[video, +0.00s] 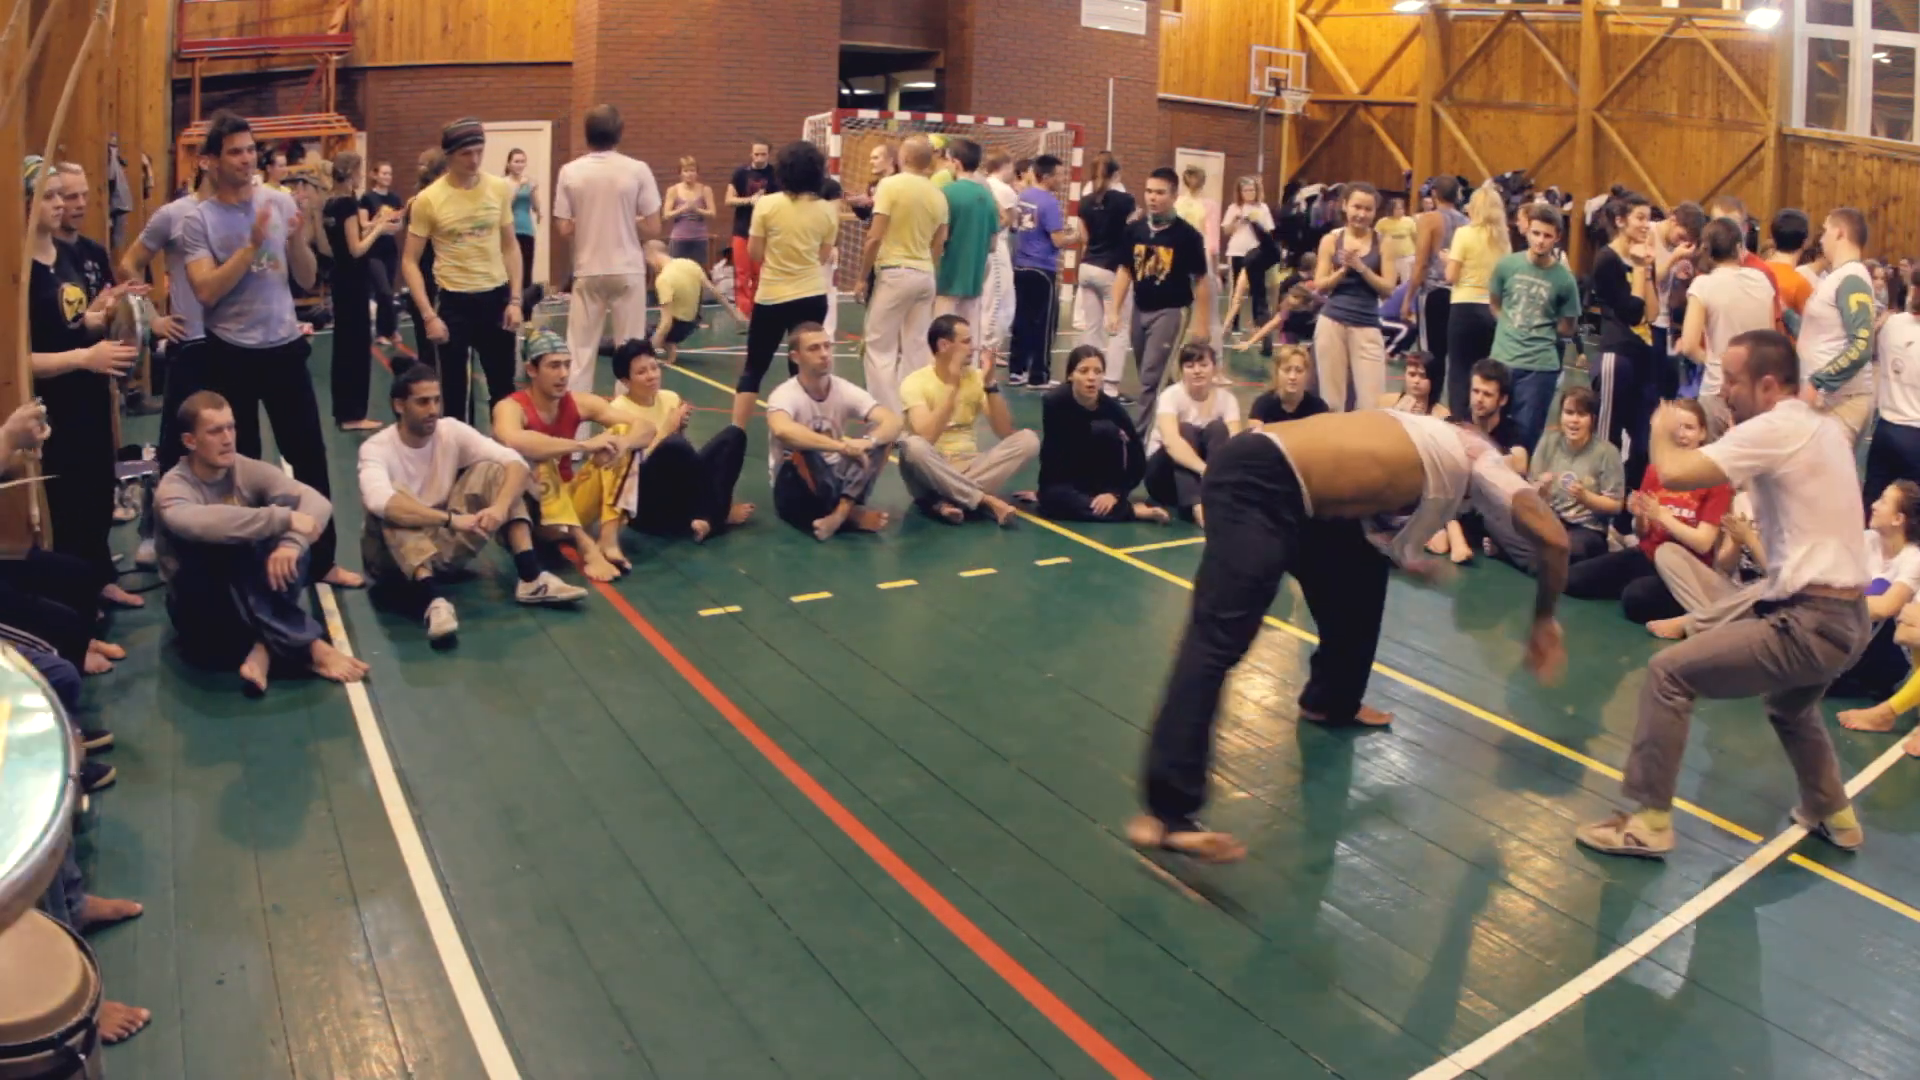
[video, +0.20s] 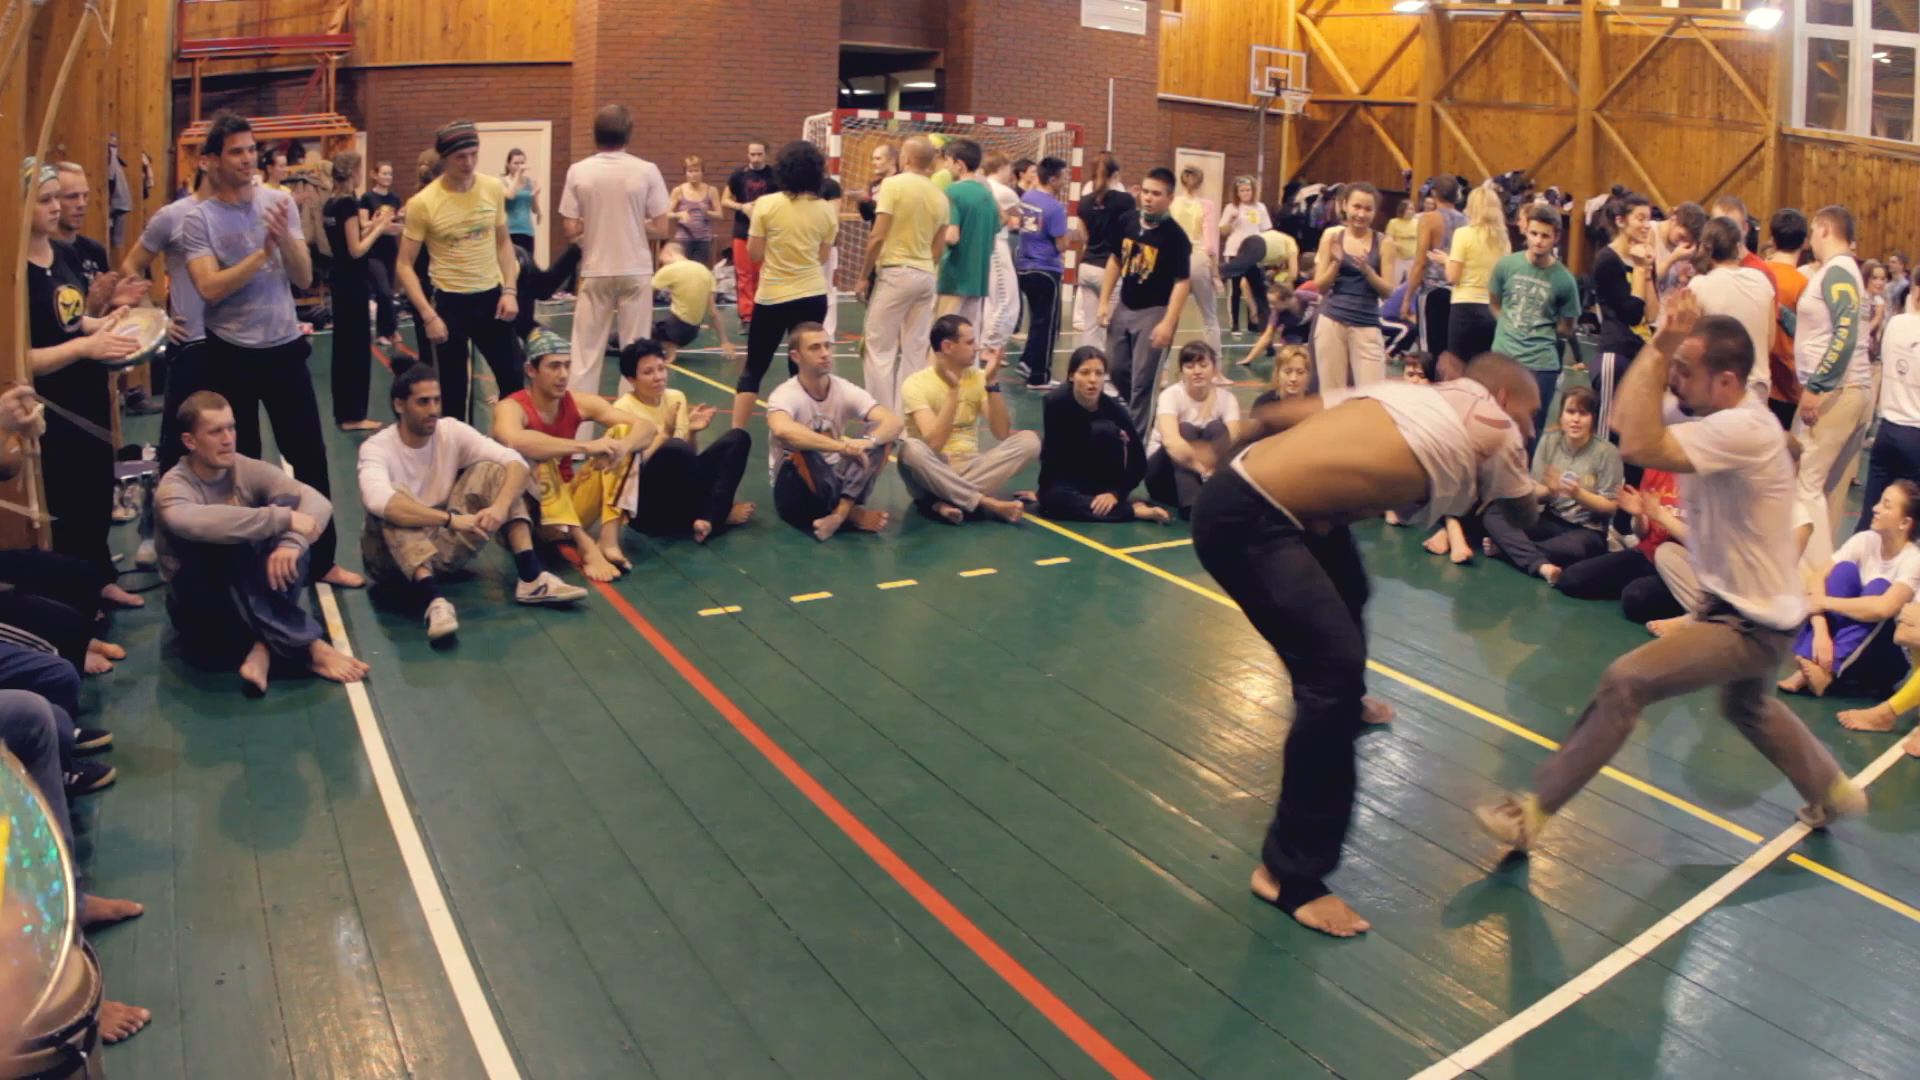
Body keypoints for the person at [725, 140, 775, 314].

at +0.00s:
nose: (759, 158)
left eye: (763, 154)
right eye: (756, 154)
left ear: (769, 155)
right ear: (751, 155)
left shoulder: (773, 174)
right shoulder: (741, 173)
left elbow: (779, 197)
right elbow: (729, 199)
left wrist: (764, 199)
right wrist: (749, 200)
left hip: (765, 230)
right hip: (742, 230)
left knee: (760, 272)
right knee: (742, 273)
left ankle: (759, 310)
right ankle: (743, 312)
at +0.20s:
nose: (755, 158)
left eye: (759, 154)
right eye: (752, 154)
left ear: (765, 155)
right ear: (747, 155)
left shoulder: (773, 175)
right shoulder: (738, 176)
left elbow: (780, 199)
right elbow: (725, 200)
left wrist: (762, 206)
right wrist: (742, 207)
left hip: (766, 230)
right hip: (742, 231)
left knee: (764, 272)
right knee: (744, 274)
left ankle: (763, 312)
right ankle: (746, 313)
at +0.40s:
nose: (749, 157)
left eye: (752, 153)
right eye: (745, 153)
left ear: (760, 153)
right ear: (742, 155)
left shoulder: (769, 174)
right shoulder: (736, 175)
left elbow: (777, 198)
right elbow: (723, 194)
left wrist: (764, 215)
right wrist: (734, 210)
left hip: (764, 229)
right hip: (742, 231)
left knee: (763, 272)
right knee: (743, 275)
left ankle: (762, 312)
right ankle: (746, 314)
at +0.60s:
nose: (745, 158)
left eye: (748, 153)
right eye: (741, 155)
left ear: (756, 153)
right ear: (738, 156)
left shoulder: (768, 173)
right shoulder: (734, 175)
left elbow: (777, 197)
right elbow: (721, 193)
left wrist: (768, 215)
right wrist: (730, 211)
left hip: (763, 229)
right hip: (741, 230)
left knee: (762, 271)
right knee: (742, 273)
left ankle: (763, 311)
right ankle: (745, 314)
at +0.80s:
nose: (744, 159)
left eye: (747, 155)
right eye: (741, 156)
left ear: (755, 154)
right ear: (737, 157)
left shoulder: (767, 173)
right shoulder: (733, 176)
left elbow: (776, 197)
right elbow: (721, 194)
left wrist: (769, 217)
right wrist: (728, 215)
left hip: (763, 229)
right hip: (740, 231)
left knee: (762, 272)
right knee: (742, 275)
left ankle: (764, 310)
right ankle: (746, 313)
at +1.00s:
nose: (746, 161)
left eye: (749, 156)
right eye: (743, 157)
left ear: (758, 154)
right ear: (739, 157)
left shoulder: (769, 174)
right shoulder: (734, 176)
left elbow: (777, 199)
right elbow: (726, 196)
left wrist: (772, 220)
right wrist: (730, 219)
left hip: (764, 228)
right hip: (741, 229)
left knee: (763, 272)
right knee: (741, 275)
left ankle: (764, 310)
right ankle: (745, 312)